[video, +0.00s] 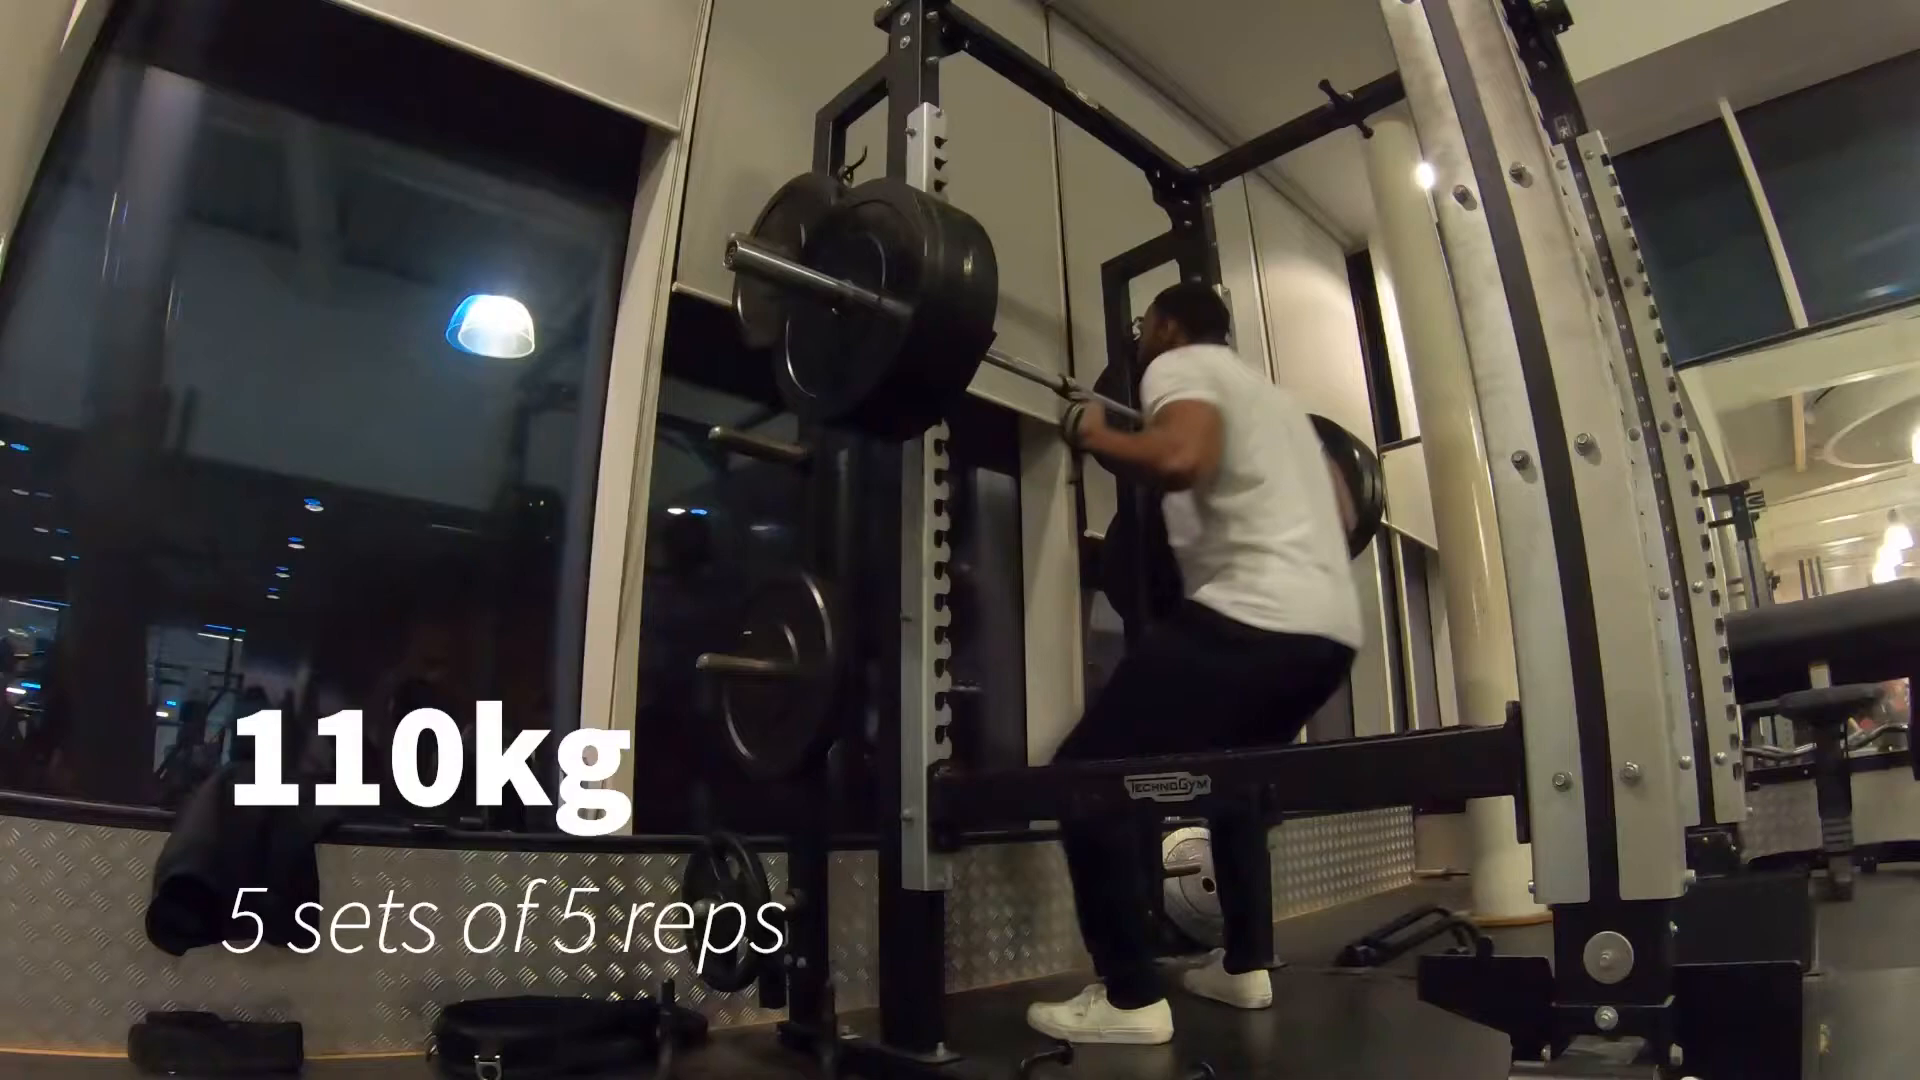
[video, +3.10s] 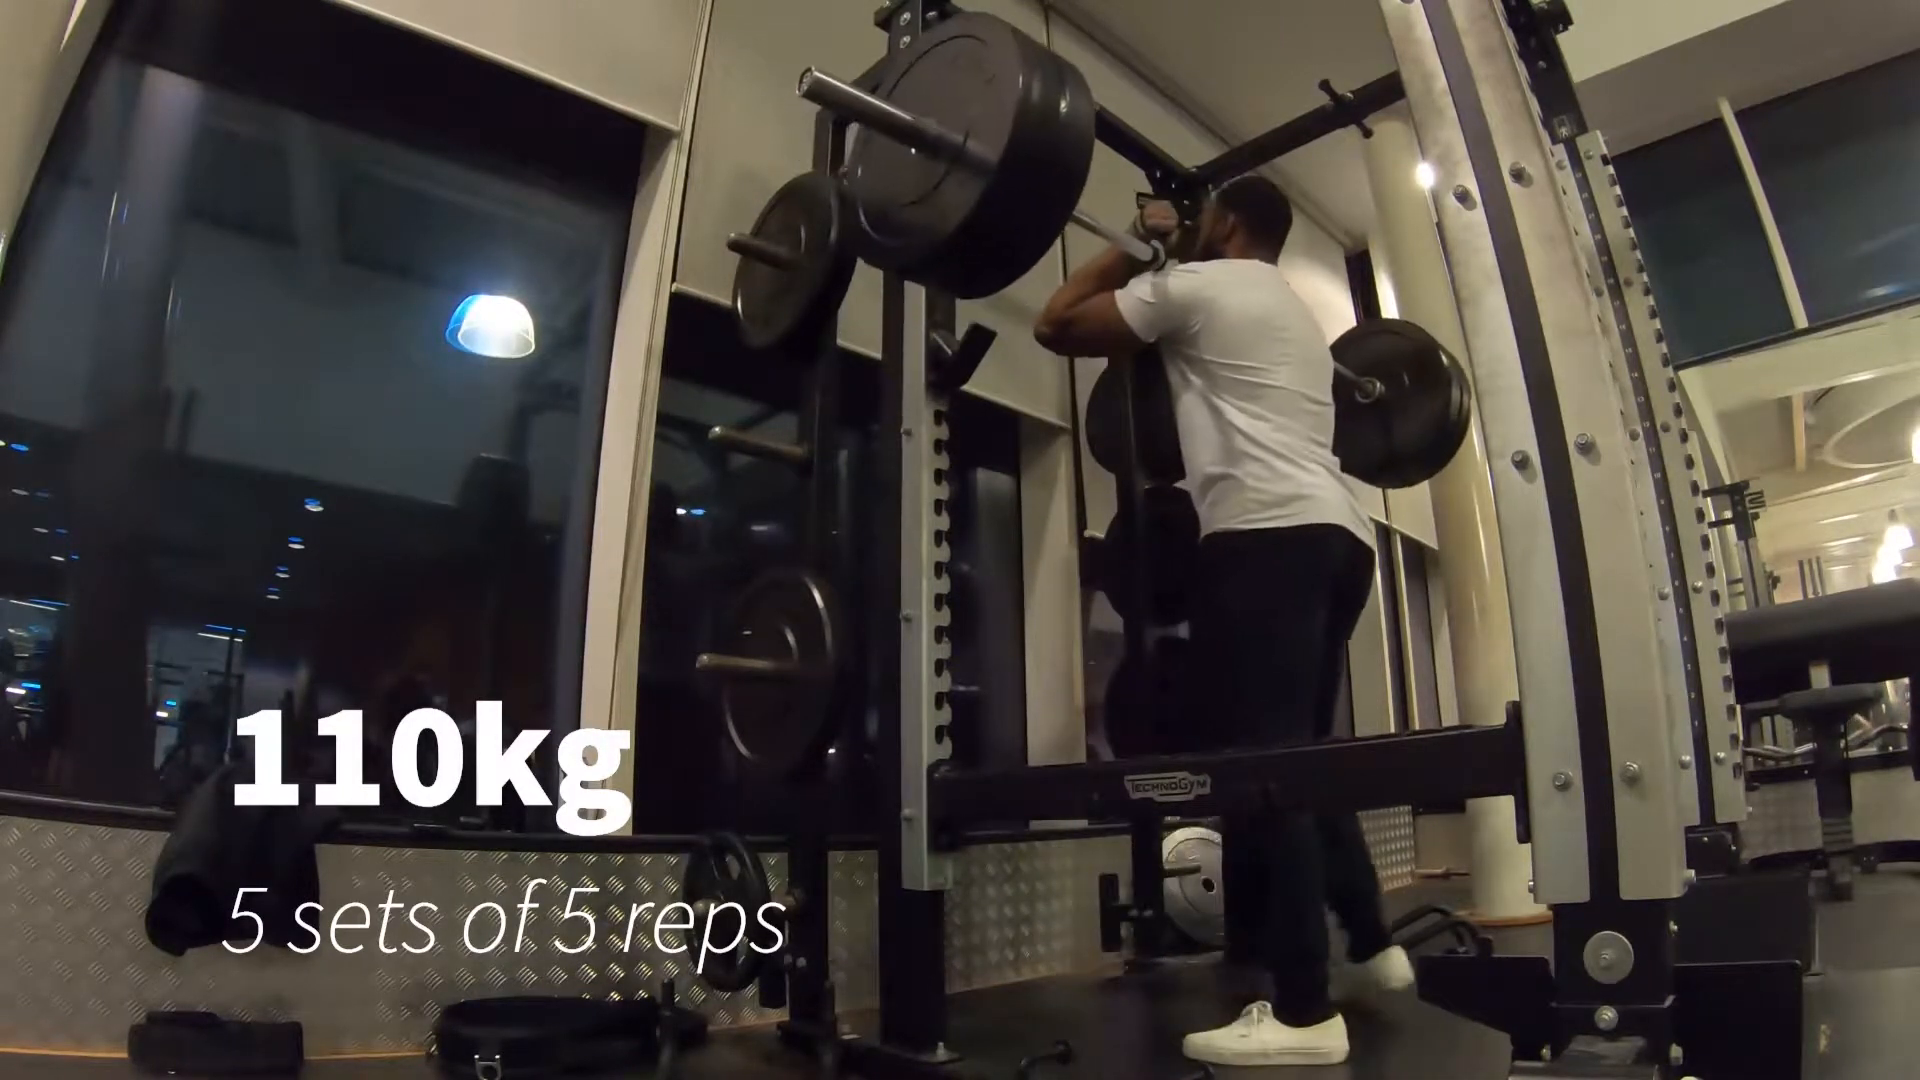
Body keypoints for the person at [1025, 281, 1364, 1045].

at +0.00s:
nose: (1142, 342)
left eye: (1146, 330)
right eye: (1145, 331)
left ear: (1167, 323)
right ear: (1218, 329)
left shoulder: (1183, 365)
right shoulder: (1277, 398)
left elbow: (1185, 452)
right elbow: (1342, 512)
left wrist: (1098, 437)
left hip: (1249, 621)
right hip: (1326, 635)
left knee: (1084, 777)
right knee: (1234, 779)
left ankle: (1130, 997)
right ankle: (1248, 966)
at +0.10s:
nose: (1132, 354)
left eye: (1137, 342)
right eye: (1137, 343)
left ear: (1154, 341)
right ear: (1211, 349)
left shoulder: (1158, 389)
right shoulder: (1261, 419)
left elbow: (1146, 485)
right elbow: (1314, 535)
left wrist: (1081, 459)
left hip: (1216, 636)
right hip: (1298, 652)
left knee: (1061, 782)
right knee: (1216, 782)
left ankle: (1127, 995)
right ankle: (1245, 967)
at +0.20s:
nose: (1123, 358)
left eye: (1131, 345)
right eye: (1130, 345)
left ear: (1149, 350)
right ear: (1200, 363)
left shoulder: (1137, 415)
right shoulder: (1238, 439)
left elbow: (1055, 524)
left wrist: (1040, 443)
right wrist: (1091, 465)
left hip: (1184, 653)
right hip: (1270, 668)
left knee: (1039, 795)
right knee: (1193, 786)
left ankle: (1127, 996)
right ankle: (1242, 964)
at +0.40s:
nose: (1124, 346)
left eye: (1133, 336)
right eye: (1131, 336)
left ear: (1147, 348)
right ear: (1196, 367)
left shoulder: (1107, 421)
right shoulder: (1213, 443)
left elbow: (988, 453)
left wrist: (1037, 367)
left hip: (1146, 661)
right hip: (1234, 673)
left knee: (1008, 805)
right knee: (1173, 797)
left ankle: (1127, 994)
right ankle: (1239, 966)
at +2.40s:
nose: (1155, 263)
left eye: (1163, 252)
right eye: (1163, 253)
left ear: (1183, 260)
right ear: (1227, 275)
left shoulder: (1154, 331)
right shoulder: (1249, 356)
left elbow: (1024, 346)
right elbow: (1119, 448)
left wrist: (1091, 279)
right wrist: (1110, 319)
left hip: (1188, 565)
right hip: (1273, 571)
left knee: (1135, 773)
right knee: (1231, 769)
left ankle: (1132, 994)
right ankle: (1243, 968)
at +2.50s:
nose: (1160, 257)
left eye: (1169, 246)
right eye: (1168, 247)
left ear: (1188, 257)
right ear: (1232, 271)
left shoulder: (1160, 326)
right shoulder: (1256, 349)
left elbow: (1027, 340)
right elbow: (1126, 443)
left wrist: (1093, 276)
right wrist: (1120, 306)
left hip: (1194, 559)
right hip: (1276, 567)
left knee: (1137, 756)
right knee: (1228, 760)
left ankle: (1196, 971)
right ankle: (1242, 964)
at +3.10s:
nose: (1198, 230)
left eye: (1206, 220)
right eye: (1204, 221)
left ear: (1226, 225)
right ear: (1274, 236)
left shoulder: (1201, 293)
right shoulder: (1299, 309)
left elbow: (1056, 323)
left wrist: (1133, 244)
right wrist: (1157, 274)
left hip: (1262, 541)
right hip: (1338, 541)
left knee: (1262, 770)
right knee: (1300, 759)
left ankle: (1301, 1011)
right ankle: (1375, 947)